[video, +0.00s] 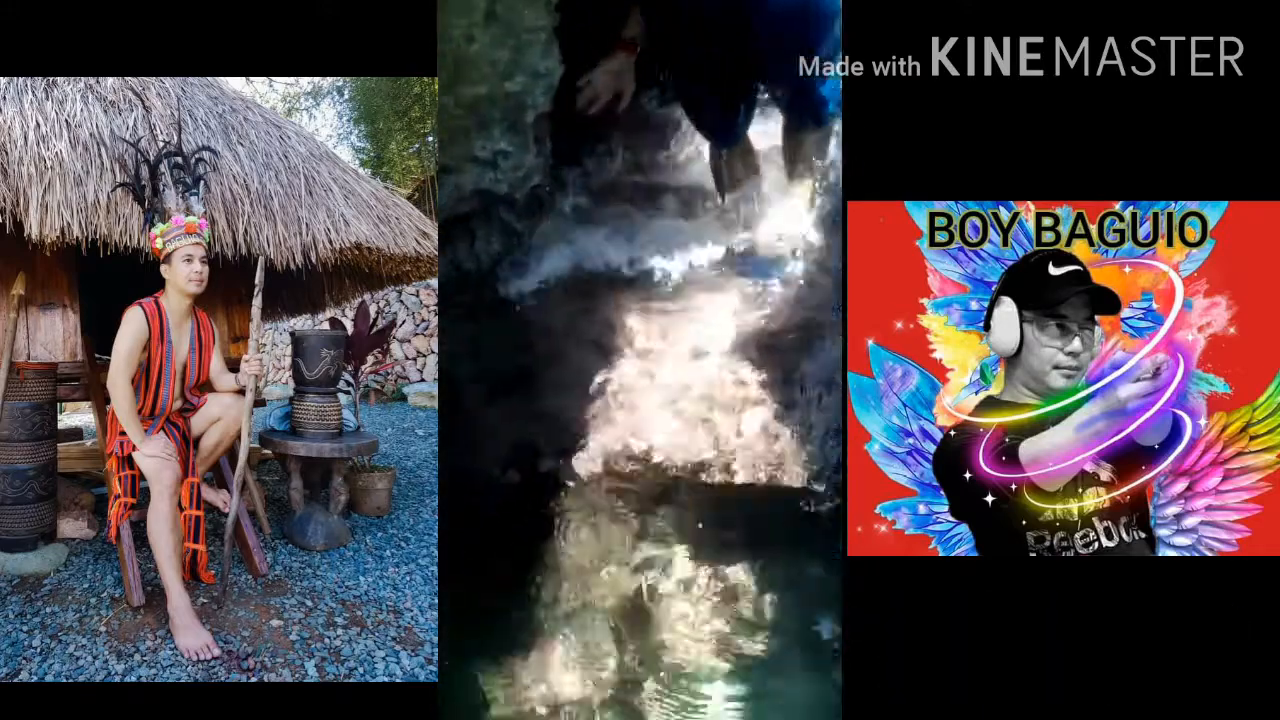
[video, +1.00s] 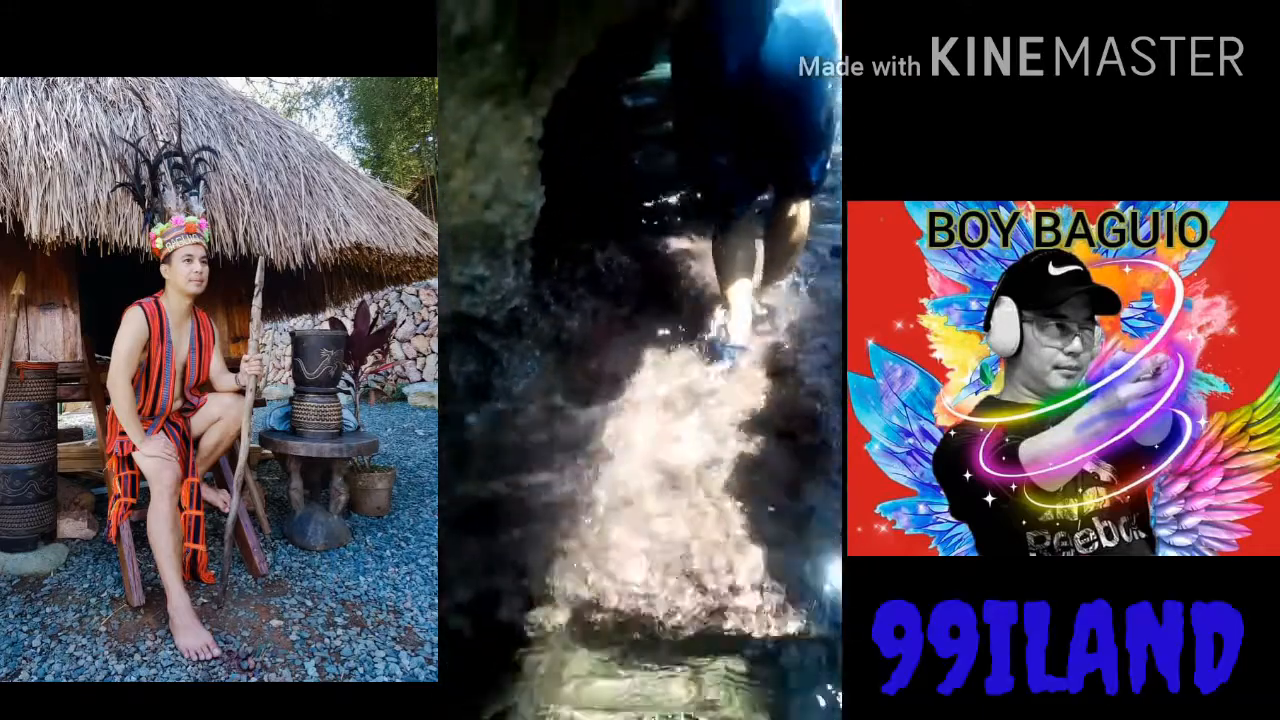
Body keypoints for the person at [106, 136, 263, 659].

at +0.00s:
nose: (198, 269)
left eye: (203, 260)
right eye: (187, 261)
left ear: (207, 266)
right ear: (164, 267)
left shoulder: (205, 322)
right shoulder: (142, 316)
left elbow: (220, 380)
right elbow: (117, 380)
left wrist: (242, 380)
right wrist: (138, 440)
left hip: (181, 419)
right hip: (141, 425)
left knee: (237, 407)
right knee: (169, 476)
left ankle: (191, 478)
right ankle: (179, 605)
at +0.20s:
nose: (198, 268)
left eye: (203, 260)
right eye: (187, 261)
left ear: (207, 266)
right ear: (164, 267)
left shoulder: (206, 323)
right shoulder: (142, 316)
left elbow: (221, 382)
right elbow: (117, 380)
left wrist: (244, 380)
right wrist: (138, 439)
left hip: (180, 420)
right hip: (140, 425)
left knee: (238, 407)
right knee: (169, 476)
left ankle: (191, 478)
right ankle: (179, 607)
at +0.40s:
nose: (198, 268)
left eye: (203, 260)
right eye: (187, 260)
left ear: (208, 267)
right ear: (165, 267)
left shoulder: (206, 324)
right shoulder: (142, 316)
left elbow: (220, 382)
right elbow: (117, 380)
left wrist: (243, 380)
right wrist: (138, 440)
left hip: (180, 419)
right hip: (140, 424)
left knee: (237, 407)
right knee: (169, 477)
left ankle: (191, 478)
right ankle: (179, 606)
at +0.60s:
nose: (198, 269)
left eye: (203, 260)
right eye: (187, 261)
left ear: (207, 266)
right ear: (164, 267)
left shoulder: (206, 323)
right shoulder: (142, 316)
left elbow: (220, 381)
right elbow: (117, 380)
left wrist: (243, 380)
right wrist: (138, 440)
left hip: (181, 419)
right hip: (140, 424)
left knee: (237, 407)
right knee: (169, 476)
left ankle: (191, 479)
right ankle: (179, 605)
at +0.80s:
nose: (198, 268)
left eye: (203, 260)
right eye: (187, 260)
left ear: (208, 267)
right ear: (165, 267)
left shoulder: (206, 324)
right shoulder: (142, 316)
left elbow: (220, 381)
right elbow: (117, 380)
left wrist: (243, 381)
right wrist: (138, 440)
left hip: (180, 419)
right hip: (140, 424)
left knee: (236, 407)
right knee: (169, 476)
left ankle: (191, 478)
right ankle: (179, 605)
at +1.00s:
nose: (198, 268)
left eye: (203, 260)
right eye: (187, 260)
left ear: (208, 267)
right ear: (165, 267)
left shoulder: (206, 324)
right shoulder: (142, 316)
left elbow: (220, 381)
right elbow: (117, 380)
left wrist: (243, 381)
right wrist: (138, 440)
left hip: (180, 419)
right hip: (140, 424)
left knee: (236, 407)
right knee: (169, 476)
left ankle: (191, 478)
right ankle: (179, 605)